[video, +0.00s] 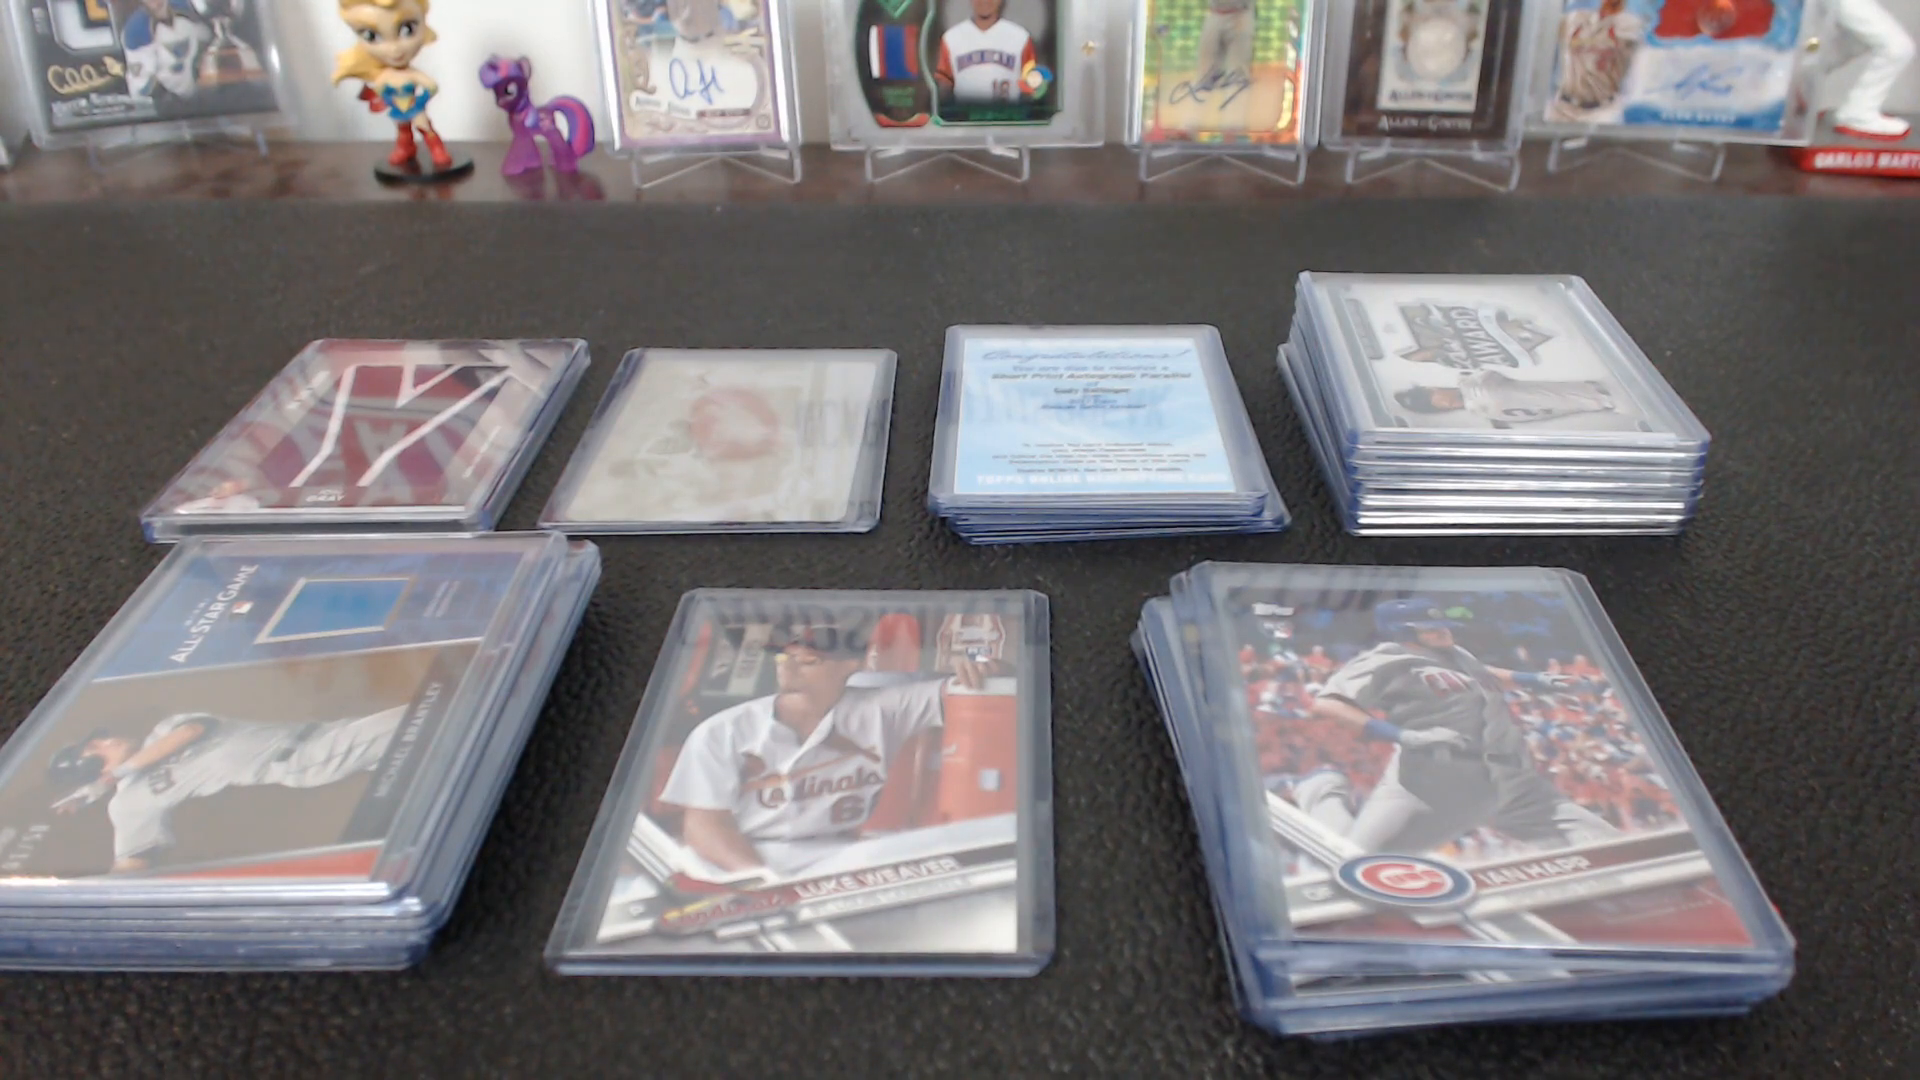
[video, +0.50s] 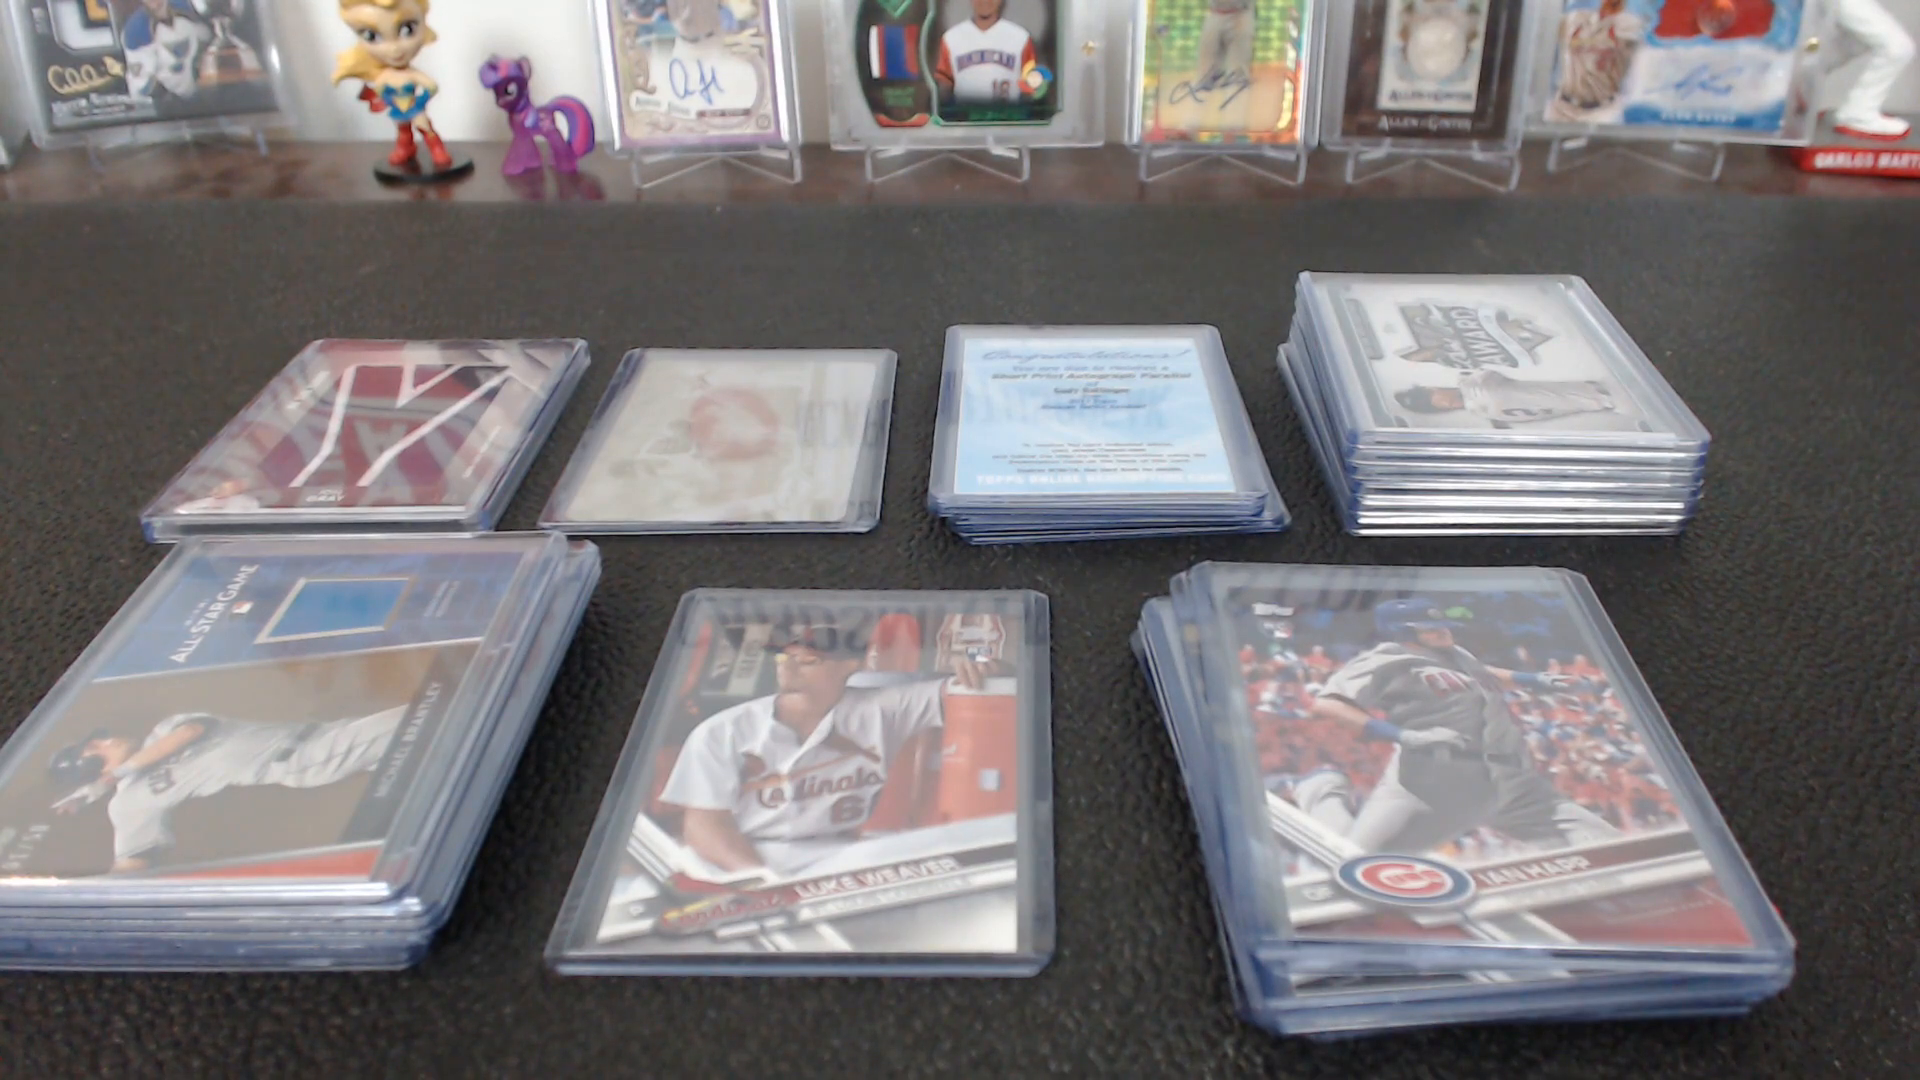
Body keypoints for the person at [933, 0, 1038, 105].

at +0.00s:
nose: (984, 2)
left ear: (1000, 2)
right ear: (971, 2)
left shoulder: (1020, 37)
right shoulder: (951, 38)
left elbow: (1030, 80)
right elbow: (944, 78)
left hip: (1009, 120)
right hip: (965, 119)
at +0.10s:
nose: (984, 2)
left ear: (1001, 2)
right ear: (971, 2)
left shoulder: (1020, 37)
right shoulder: (951, 38)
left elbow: (1029, 80)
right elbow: (944, 78)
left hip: (1009, 121)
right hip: (965, 119)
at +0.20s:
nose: (984, 2)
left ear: (1000, 2)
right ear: (971, 2)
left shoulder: (1020, 37)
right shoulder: (950, 38)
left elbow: (1029, 81)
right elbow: (944, 78)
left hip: (1008, 120)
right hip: (965, 119)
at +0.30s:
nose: (984, 2)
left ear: (1000, 2)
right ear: (971, 2)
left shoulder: (1020, 37)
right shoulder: (950, 38)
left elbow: (1029, 81)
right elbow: (944, 78)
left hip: (1009, 121)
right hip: (965, 120)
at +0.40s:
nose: (984, 2)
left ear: (1000, 2)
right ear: (971, 2)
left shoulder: (1020, 37)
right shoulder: (950, 38)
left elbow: (1029, 81)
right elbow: (944, 78)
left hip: (1008, 121)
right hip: (965, 120)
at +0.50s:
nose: (984, 2)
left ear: (1000, 2)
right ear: (971, 2)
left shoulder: (1020, 37)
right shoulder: (950, 38)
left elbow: (1029, 81)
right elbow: (944, 78)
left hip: (1008, 121)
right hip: (965, 120)